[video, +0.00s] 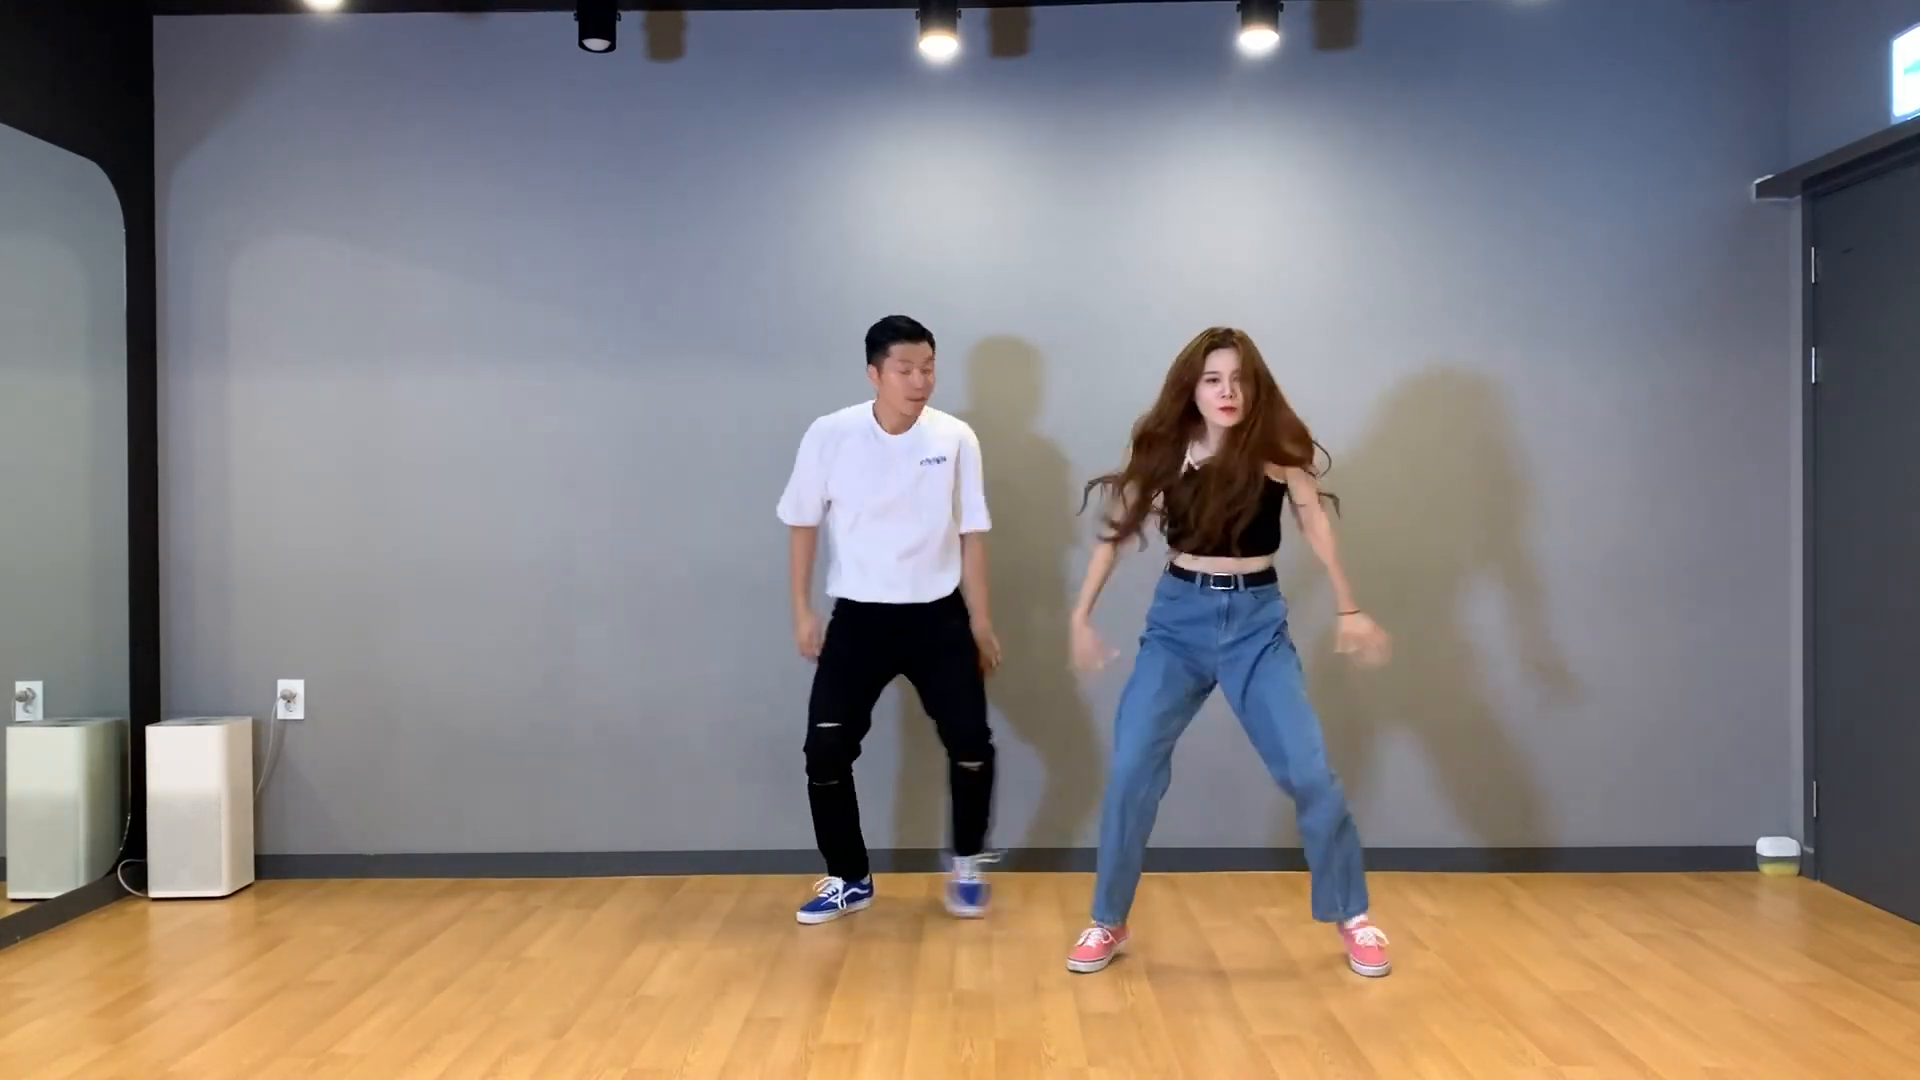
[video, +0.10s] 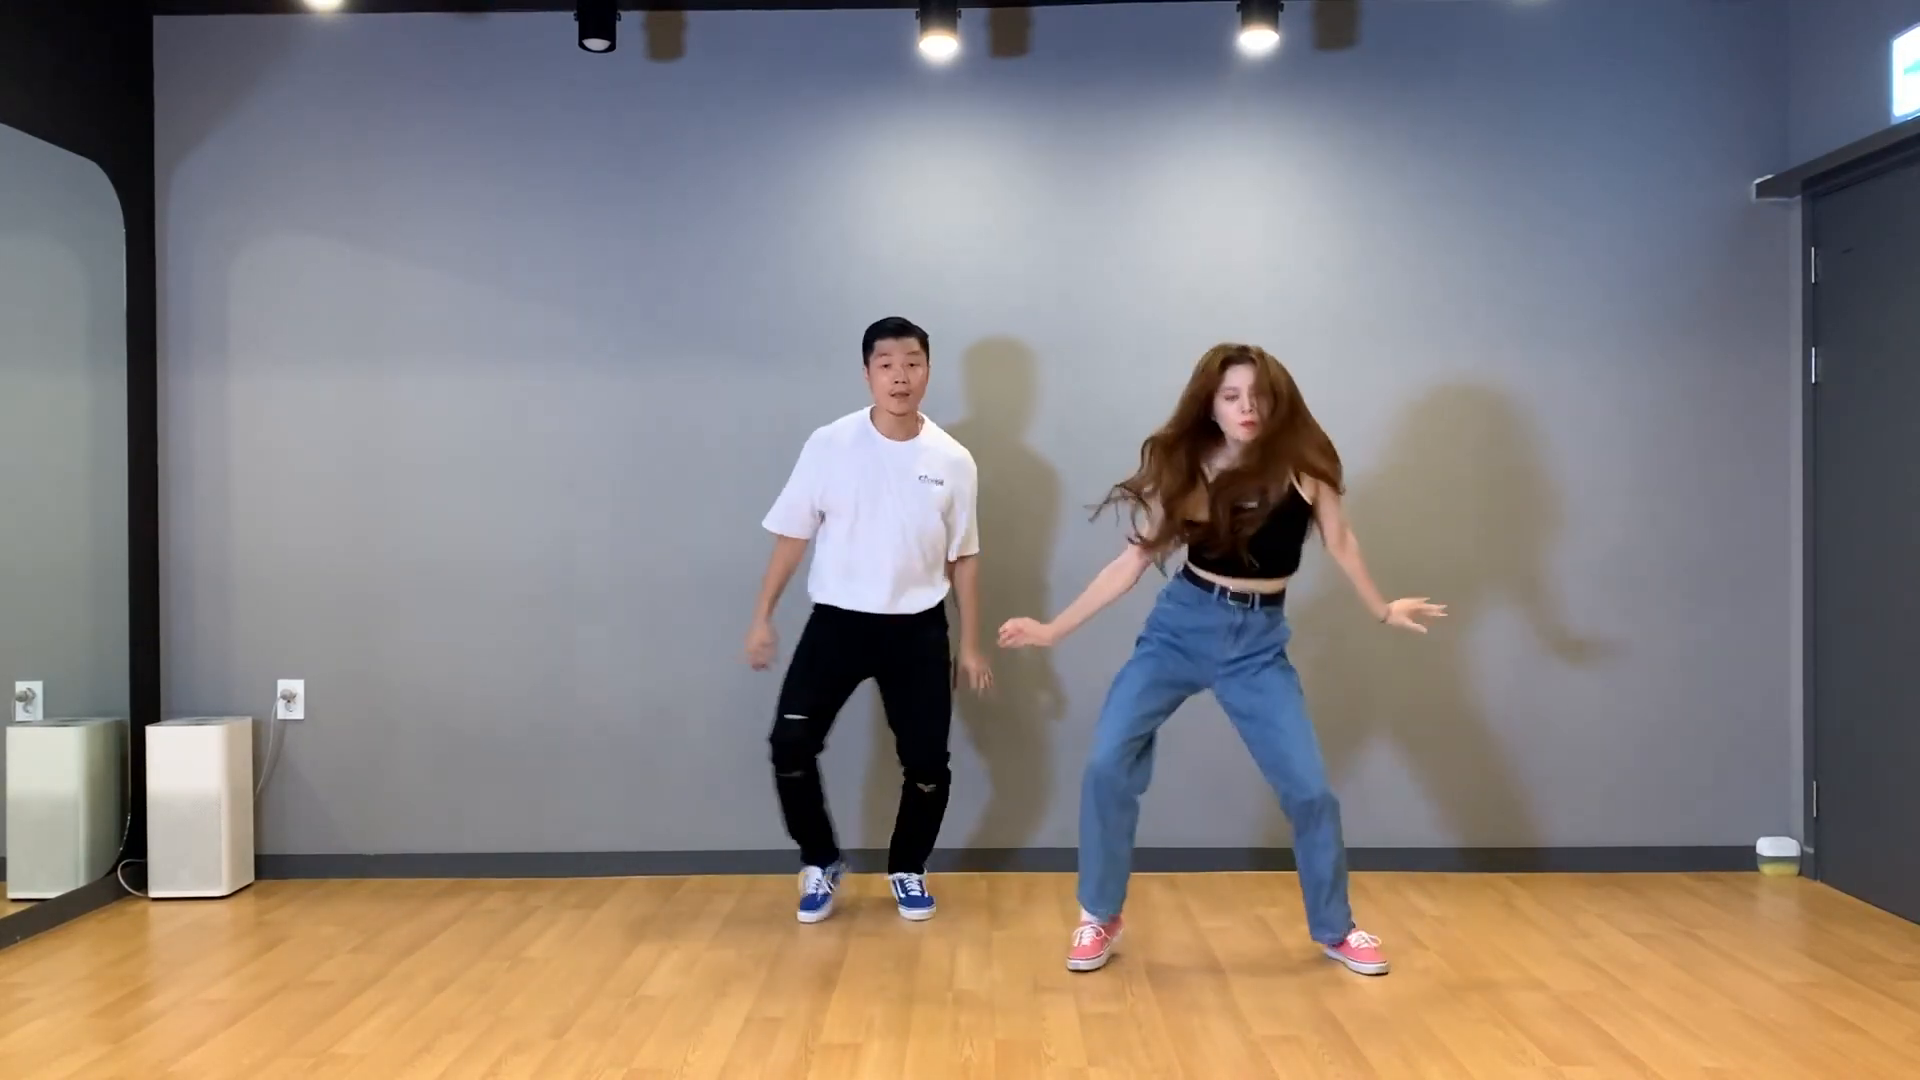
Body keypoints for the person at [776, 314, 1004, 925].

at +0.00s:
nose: (921, 381)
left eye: (928, 369)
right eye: (908, 368)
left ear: (935, 373)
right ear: (875, 372)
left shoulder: (955, 439)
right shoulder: (828, 437)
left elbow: (973, 538)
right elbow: (803, 526)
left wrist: (981, 622)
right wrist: (803, 610)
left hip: (940, 619)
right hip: (859, 619)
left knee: (972, 743)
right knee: (825, 747)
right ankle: (850, 879)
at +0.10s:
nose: (900, 376)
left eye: (912, 363)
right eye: (886, 364)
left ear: (928, 372)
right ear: (868, 373)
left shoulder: (953, 461)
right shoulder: (829, 444)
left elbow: (963, 557)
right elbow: (793, 534)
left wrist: (970, 644)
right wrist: (762, 613)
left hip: (917, 630)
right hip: (836, 624)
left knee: (929, 764)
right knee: (790, 744)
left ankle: (908, 871)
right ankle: (820, 862)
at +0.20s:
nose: (892, 380)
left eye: (904, 367)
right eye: (878, 368)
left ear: (921, 377)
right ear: (860, 378)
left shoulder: (946, 458)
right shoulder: (821, 443)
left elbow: (950, 552)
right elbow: (778, 526)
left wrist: (961, 635)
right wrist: (733, 602)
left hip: (898, 631)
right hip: (817, 623)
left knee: (930, 760)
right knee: (759, 743)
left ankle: (909, 871)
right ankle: (744, 857)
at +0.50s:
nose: (883, 388)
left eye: (893, 374)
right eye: (868, 376)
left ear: (905, 374)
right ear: (844, 378)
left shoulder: (936, 442)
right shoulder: (812, 438)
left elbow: (949, 538)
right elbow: (771, 519)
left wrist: (956, 621)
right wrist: (728, 593)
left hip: (913, 622)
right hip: (834, 620)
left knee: (930, 759)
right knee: (792, 741)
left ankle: (901, 870)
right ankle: (754, 863)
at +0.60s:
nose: (899, 389)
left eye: (905, 375)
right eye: (884, 377)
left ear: (914, 374)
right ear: (851, 379)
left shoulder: (945, 448)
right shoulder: (816, 453)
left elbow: (967, 542)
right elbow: (796, 542)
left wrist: (988, 630)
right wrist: (747, 585)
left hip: (937, 614)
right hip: (860, 619)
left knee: (950, 741)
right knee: (853, 750)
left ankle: (948, 857)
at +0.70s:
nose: (914, 398)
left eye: (918, 385)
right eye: (900, 388)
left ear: (922, 382)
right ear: (863, 389)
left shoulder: (955, 449)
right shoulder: (829, 465)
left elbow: (993, 531)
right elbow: (803, 555)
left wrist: (1036, 601)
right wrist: (742, 576)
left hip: (965, 619)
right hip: (888, 632)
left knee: (998, 734)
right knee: (879, 760)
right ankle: (906, 882)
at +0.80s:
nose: (926, 403)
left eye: (931, 390)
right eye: (913, 394)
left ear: (935, 384)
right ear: (875, 395)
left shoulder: (965, 442)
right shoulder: (844, 467)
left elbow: (1023, 512)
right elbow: (814, 542)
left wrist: (1074, 571)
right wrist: (743, 563)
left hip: (993, 611)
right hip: (917, 630)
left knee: (1051, 736)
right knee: (886, 756)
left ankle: (1121, 854)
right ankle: (911, 877)